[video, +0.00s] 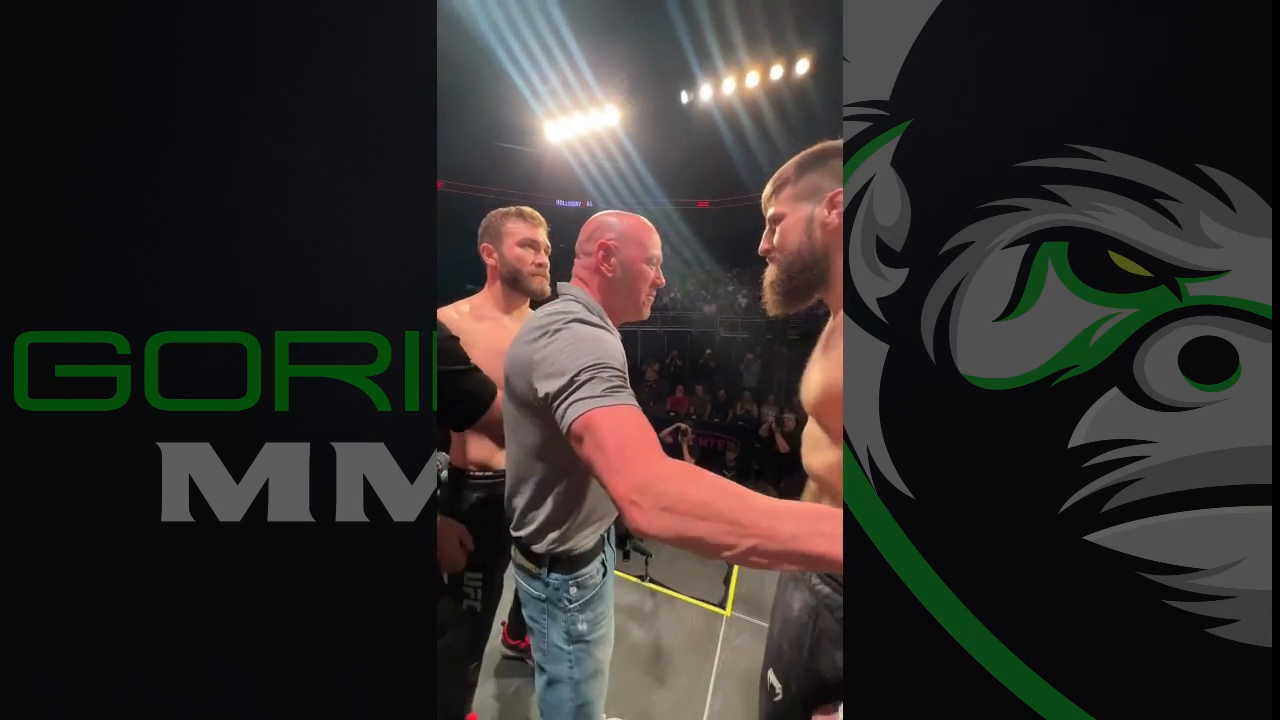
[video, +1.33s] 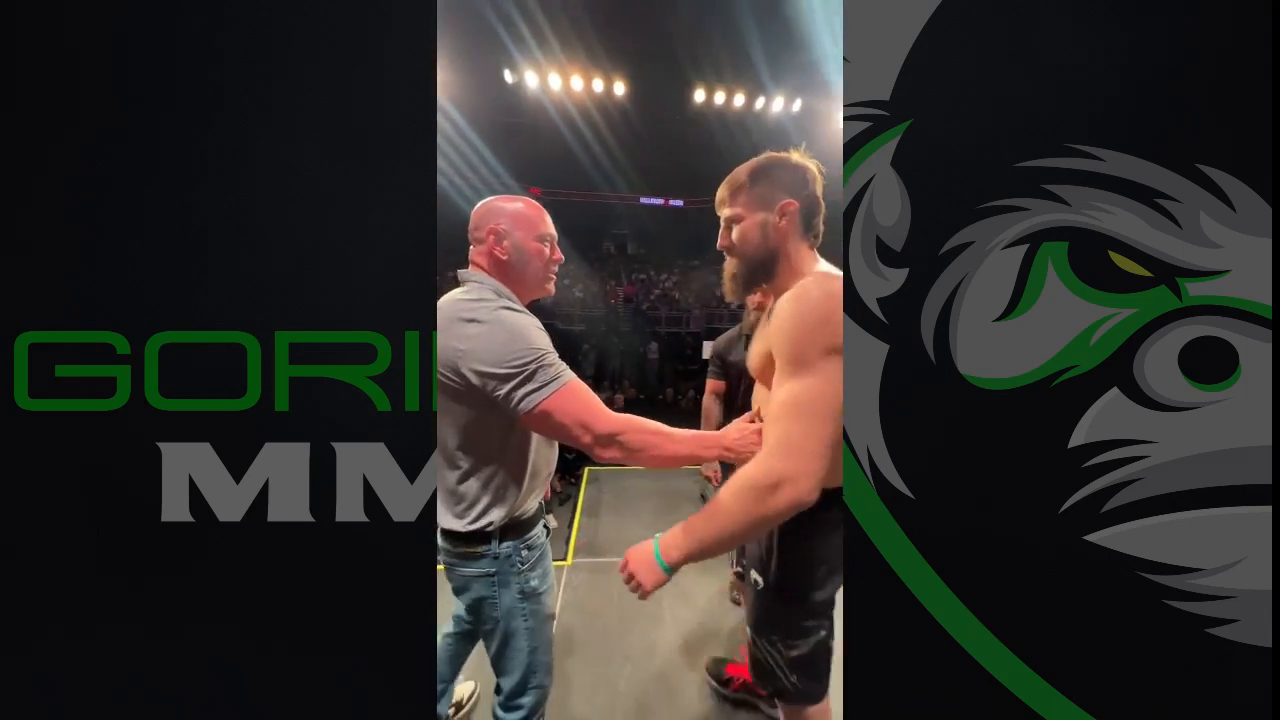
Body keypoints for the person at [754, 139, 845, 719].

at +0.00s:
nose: (764, 245)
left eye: (776, 221)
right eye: (766, 227)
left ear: (832, 211)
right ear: (829, 214)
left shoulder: (858, 333)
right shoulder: (835, 330)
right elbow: (829, 482)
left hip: (836, 589)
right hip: (812, 579)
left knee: (800, 706)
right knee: (783, 704)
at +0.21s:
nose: (767, 245)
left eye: (779, 224)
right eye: (768, 228)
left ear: (834, 218)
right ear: (828, 222)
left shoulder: (851, 334)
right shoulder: (832, 328)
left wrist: (836, 687)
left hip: (835, 574)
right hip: (811, 557)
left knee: (790, 708)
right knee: (779, 702)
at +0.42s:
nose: (758, 252)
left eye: (771, 235)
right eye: (761, 238)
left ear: (821, 235)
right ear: (819, 239)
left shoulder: (840, 299)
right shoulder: (827, 303)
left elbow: (884, 448)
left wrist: (846, 629)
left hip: (836, 553)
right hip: (818, 539)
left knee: (792, 699)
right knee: (788, 693)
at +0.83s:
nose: (766, 237)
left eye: (780, 221)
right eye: (770, 223)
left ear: (830, 224)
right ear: (829, 226)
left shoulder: (839, 293)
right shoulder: (825, 293)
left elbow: (867, 463)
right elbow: (836, 448)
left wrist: (826, 620)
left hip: (817, 537)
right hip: (800, 522)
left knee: (791, 693)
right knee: (782, 674)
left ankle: (779, 711)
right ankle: (773, 708)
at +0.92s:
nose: (768, 235)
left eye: (783, 218)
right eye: (773, 220)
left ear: (834, 223)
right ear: (830, 225)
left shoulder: (841, 294)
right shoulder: (828, 295)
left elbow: (847, 470)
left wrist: (755, 598)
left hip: (825, 551)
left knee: (810, 697)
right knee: (791, 673)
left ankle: (773, 713)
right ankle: (770, 710)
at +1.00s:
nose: (764, 236)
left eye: (778, 218)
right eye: (767, 220)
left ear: (831, 221)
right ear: (827, 224)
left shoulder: (835, 303)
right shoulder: (827, 303)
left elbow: (822, 485)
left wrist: (699, 567)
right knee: (764, 622)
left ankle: (753, 712)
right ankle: (751, 707)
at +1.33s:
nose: (721, 241)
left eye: (733, 222)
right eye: (721, 225)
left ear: (784, 217)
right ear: (781, 220)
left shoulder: (816, 301)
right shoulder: (793, 300)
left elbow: (790, 477)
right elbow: (772, 420)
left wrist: (667, 550)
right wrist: (725, 463)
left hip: (814, 513)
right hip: (791, 505)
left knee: (799, 688)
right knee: (769, 597)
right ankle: (765, 679)